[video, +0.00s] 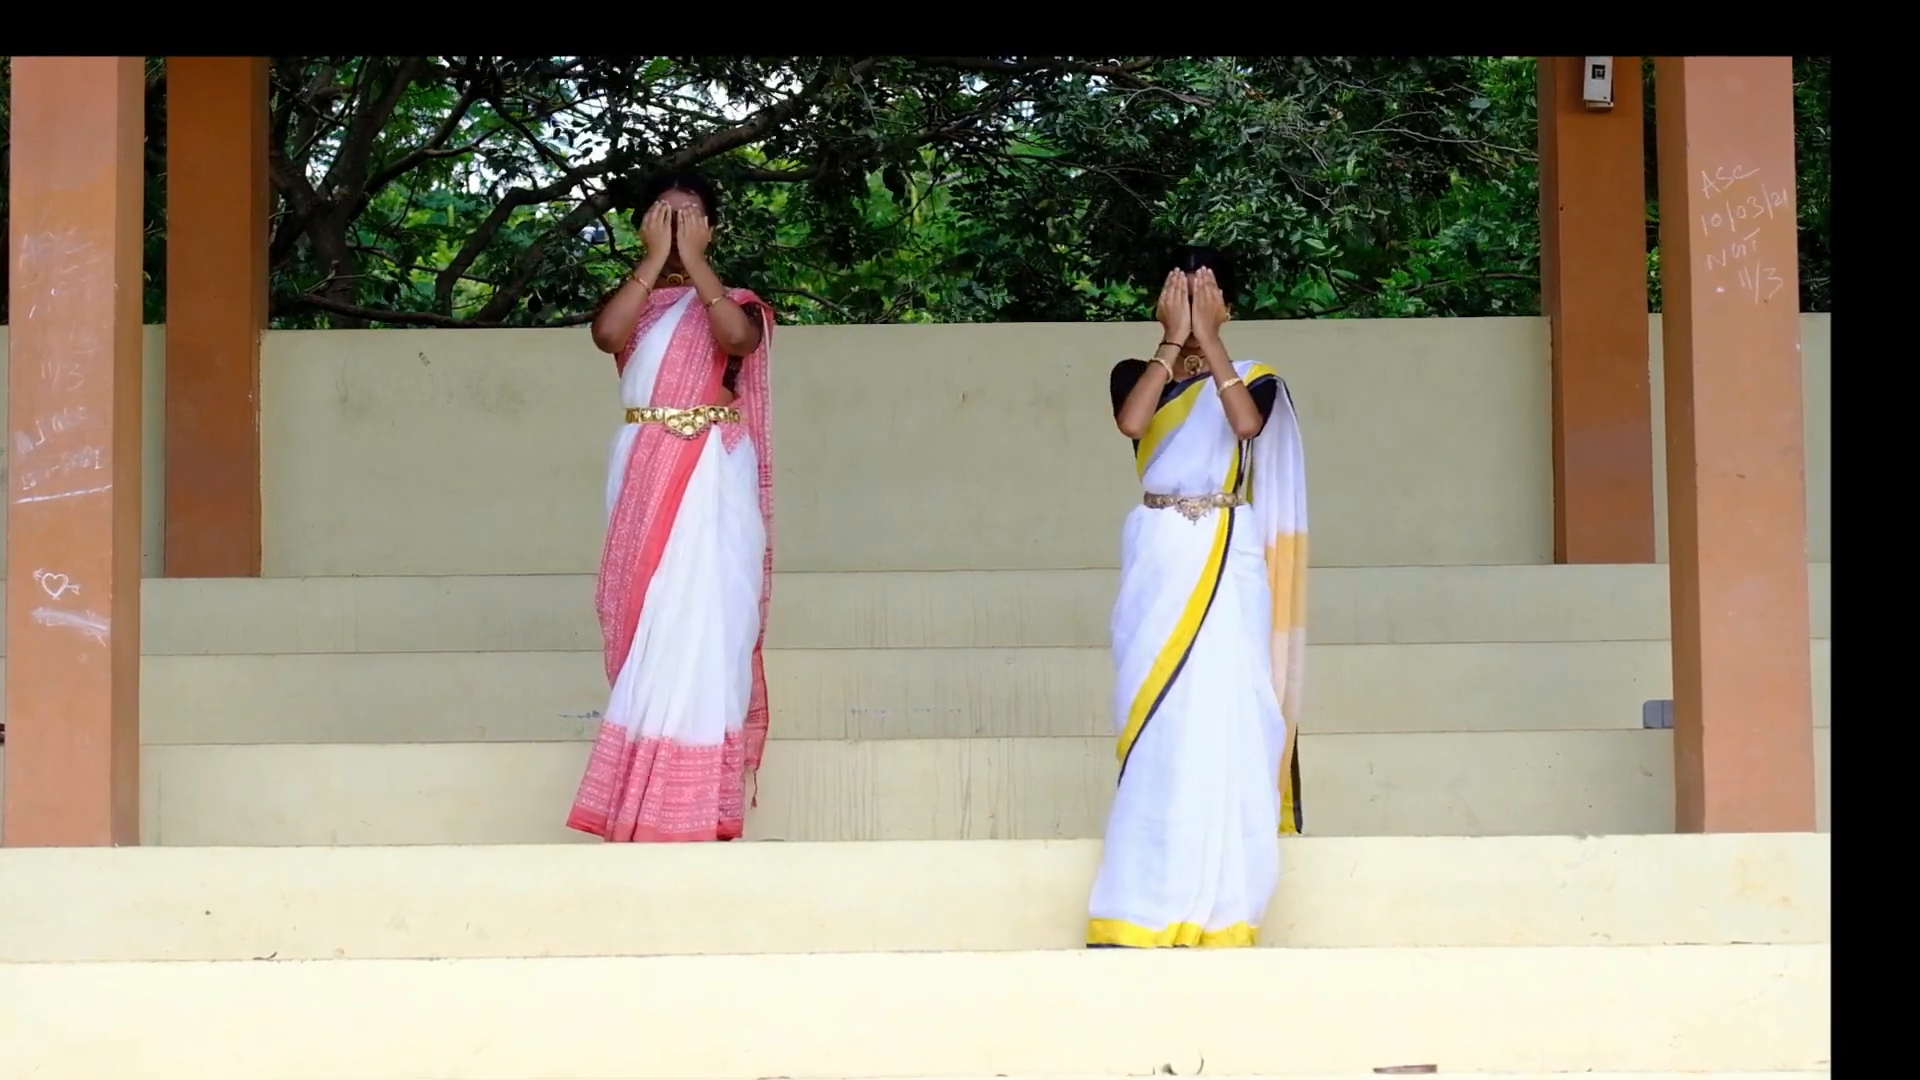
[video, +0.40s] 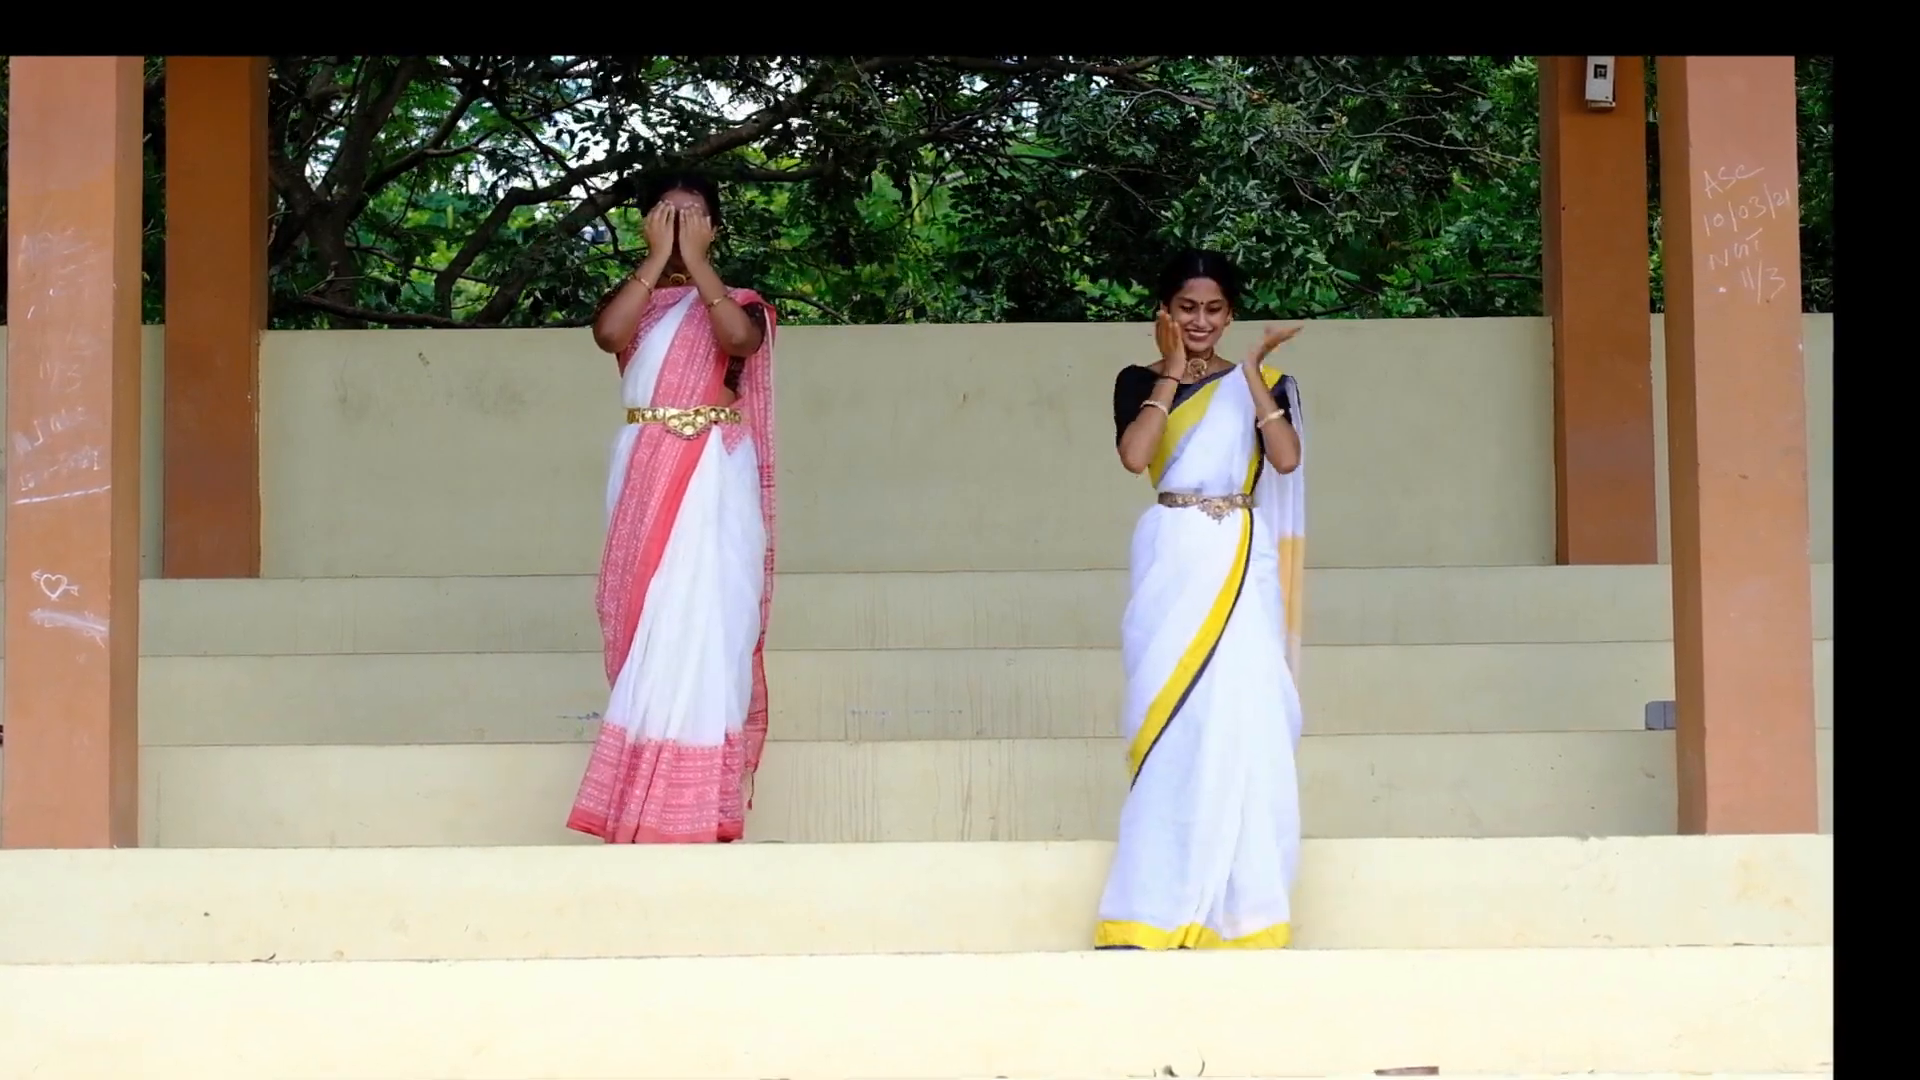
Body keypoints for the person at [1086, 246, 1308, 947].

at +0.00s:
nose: (1192, 318)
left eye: (1204, 306)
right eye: (1180, 305)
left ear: (1225, 311)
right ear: (1163, 309)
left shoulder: (1254, 379)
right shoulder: (1138, 375)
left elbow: (1246, 424)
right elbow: (1132, 422)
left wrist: (1209, 338)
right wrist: (1173, 342)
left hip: (1223, 566)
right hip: (1153, 563)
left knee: (1219, 726)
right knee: (1153, 723)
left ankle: (1218, 906)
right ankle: (1148, 905)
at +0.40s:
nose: (1202, 320)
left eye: (1215, 309)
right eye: (1189, 308)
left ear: (1230, 315)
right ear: (1165, 313)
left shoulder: (1262, 382)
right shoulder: (1141, 382)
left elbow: (1286, 458)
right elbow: (1136, 457)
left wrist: (1253, 366)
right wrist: (1173, 373)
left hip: (1240, 558)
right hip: (1172, 555)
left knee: (1239, 720)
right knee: (1169, 718)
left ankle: (1238, 905)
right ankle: (1163, 906)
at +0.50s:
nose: (1213, 318)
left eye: (1224, 307)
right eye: (1200, 305)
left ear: (1236, 316)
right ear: (1174, 311)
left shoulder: (1273, 392)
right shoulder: (1145, 389)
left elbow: (1299, 496)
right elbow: (1123, 498)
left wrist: (1265, 448)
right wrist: (1178, 441)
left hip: (1255, 563)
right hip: (1183, 563)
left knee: (1254, 723)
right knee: (1186, 722)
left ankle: (1248, 908)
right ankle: (1175, 908)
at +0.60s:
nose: (1225, 320)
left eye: (1235, 309)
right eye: (1212, 307)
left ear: (1244, 318)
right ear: (1181, 312)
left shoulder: (1271, 400)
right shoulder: (1148, 395)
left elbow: (1299, 498)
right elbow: (1121, 497)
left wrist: (1261, 510)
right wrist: (1132, 520)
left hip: (1266, 572)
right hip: (1193, 570)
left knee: (1284, 722)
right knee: (1248, 726)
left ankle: (1247, 913)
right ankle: (1167, 900)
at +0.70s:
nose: (1235, 316)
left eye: (1243, 305)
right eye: (1221, 303)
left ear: (1250, 316)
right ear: (1188, 310)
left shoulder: (1271, 399)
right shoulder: (1151, 395)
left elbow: (1301, 494)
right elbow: (1115, 488)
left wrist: (1257, 518)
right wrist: (1079, 564)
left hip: (1266, 564)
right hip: (1196, 563)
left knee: (1287, 709)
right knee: (1255, 707)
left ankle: (1250, 895)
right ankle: (1223, 889)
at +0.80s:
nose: (1242, 316)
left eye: (1250, 304)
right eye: (1228, 302)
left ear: (1255, 313)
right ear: (1192, 309)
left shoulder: (1274, 396)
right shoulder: (1156, 393)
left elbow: (1305, 488)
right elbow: (1100, 486)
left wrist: (1228, 499)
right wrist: (1030, 566)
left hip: (1265, 555)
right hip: (1199, 555)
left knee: (1252, 706)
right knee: (1309, 648)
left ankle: (1246, 883)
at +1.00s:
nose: (1247, 319)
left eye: (1255, 308)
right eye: (1236, 305)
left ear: (1258, 318)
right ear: (1198, 309)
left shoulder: (1277, 398)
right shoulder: (1160, 395)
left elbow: (1304, 476)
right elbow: (1077, 480)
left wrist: (1230, 445)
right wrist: (989, 537)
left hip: (1273, 556)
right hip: (1205, 556)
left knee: (1391, 633)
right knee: (1264, 699)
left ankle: (1501, 744)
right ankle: (1233, 885)